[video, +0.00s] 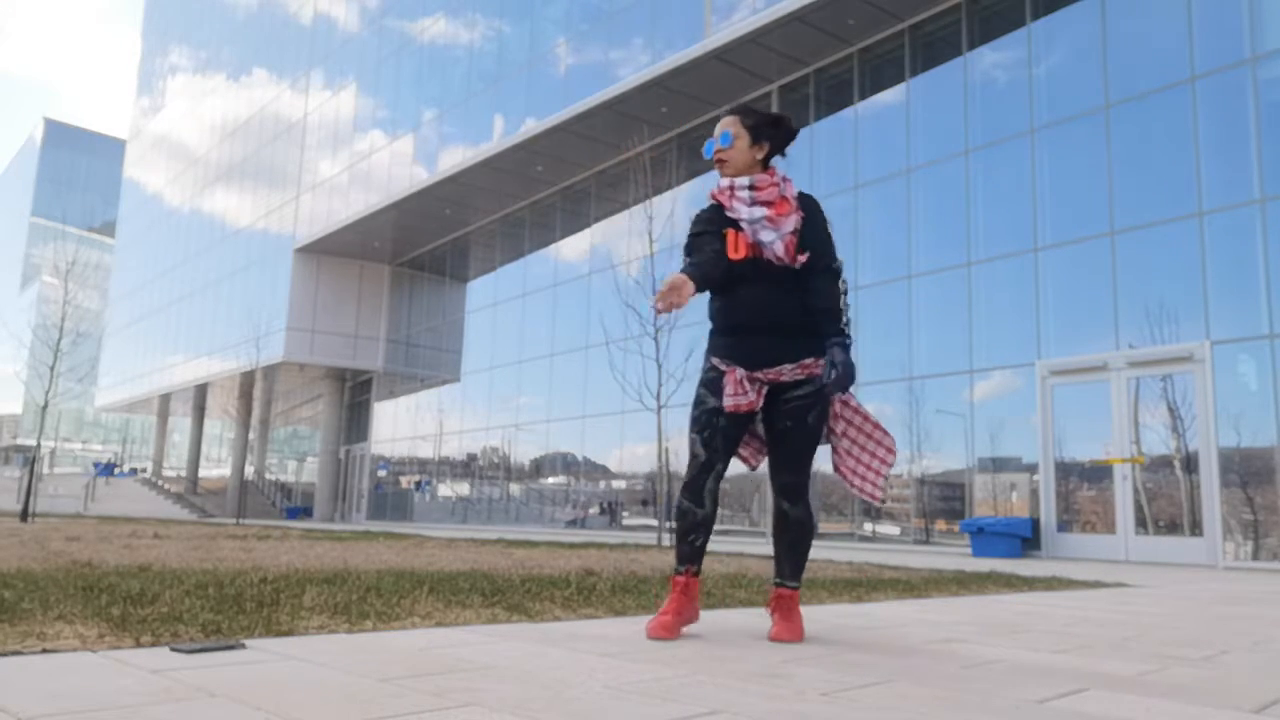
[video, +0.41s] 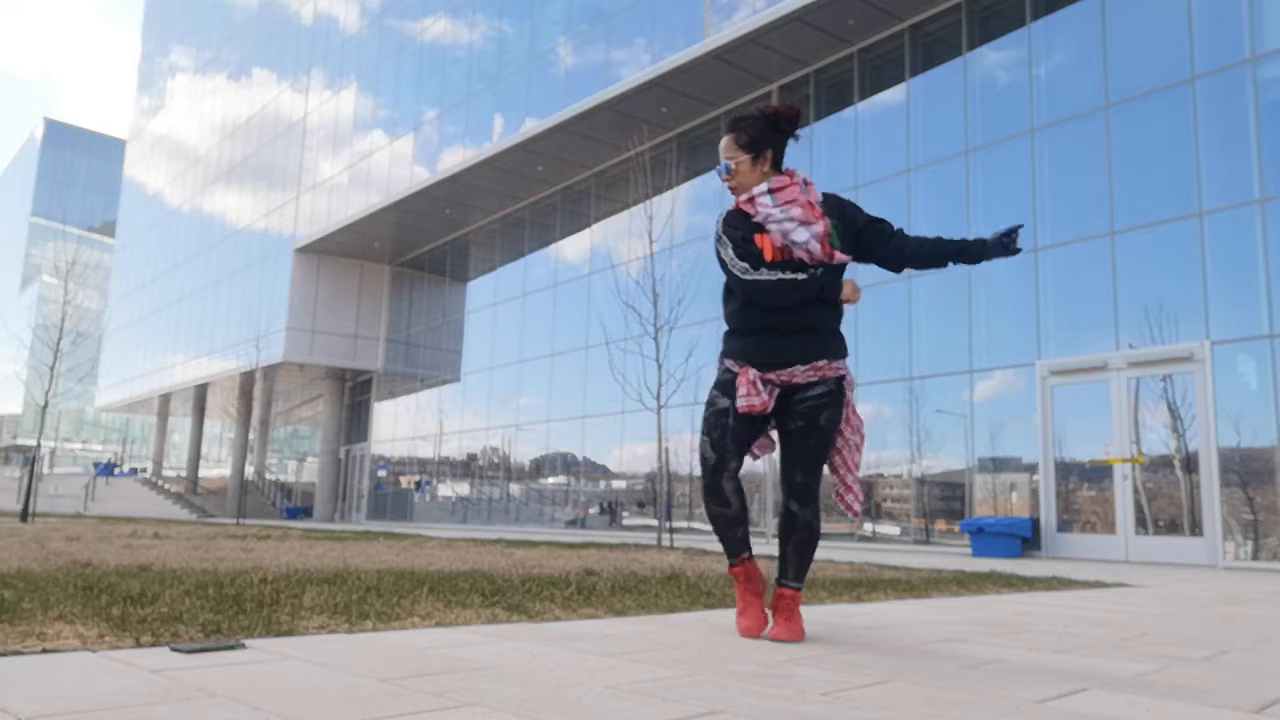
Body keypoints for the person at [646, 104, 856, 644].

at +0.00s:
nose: (716, 151)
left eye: (728, 141)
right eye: (717, 142)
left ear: (763, 149)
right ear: (741, 151)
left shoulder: (804, 210)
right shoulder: (715, 215)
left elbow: (827, 282)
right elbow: (708, 259)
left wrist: (837, 344)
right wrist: (686, 280)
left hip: (799, 366)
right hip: (730, 365)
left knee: (792, 487)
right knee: (701, 473)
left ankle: (786, 600)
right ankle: (683, 590)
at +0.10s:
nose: (720, 156)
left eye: (731, 145)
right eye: (720, 146)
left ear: (767, 153)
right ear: (738, 155)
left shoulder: (811, 213)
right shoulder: (720, 218)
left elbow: (852, 274)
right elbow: (724, 267)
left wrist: (897, 331)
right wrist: (745, 303)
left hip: (806, 368)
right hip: (738, 366)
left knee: (794, 484)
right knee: (725, 464)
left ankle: (785, 598)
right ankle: (720, 576)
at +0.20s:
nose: (723, 162)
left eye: (732, 152)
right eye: (723, 152)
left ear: (768, 154)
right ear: (754, 155)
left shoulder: (818, 216)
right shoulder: (724, 219)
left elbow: (875, 267)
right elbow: (739, 279)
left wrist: (942, 305)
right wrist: (800, 314)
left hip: (810, 368)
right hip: (743, 369)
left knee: (799, 487)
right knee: (761, 469)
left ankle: (787, 599)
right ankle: (754, 581)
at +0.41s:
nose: (723, 175)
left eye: (730, 163)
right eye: (722, 165)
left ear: (764, 161)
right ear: (746, 163)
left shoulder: (828, 213)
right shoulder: (734, 224)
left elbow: (899, 250)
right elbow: (752, 280)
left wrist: (981, 249)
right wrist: (828, 286)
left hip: (814, 373)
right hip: (744, 373)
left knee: (801, 488)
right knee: (716, 472)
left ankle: (786, 603)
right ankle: (746, 584)